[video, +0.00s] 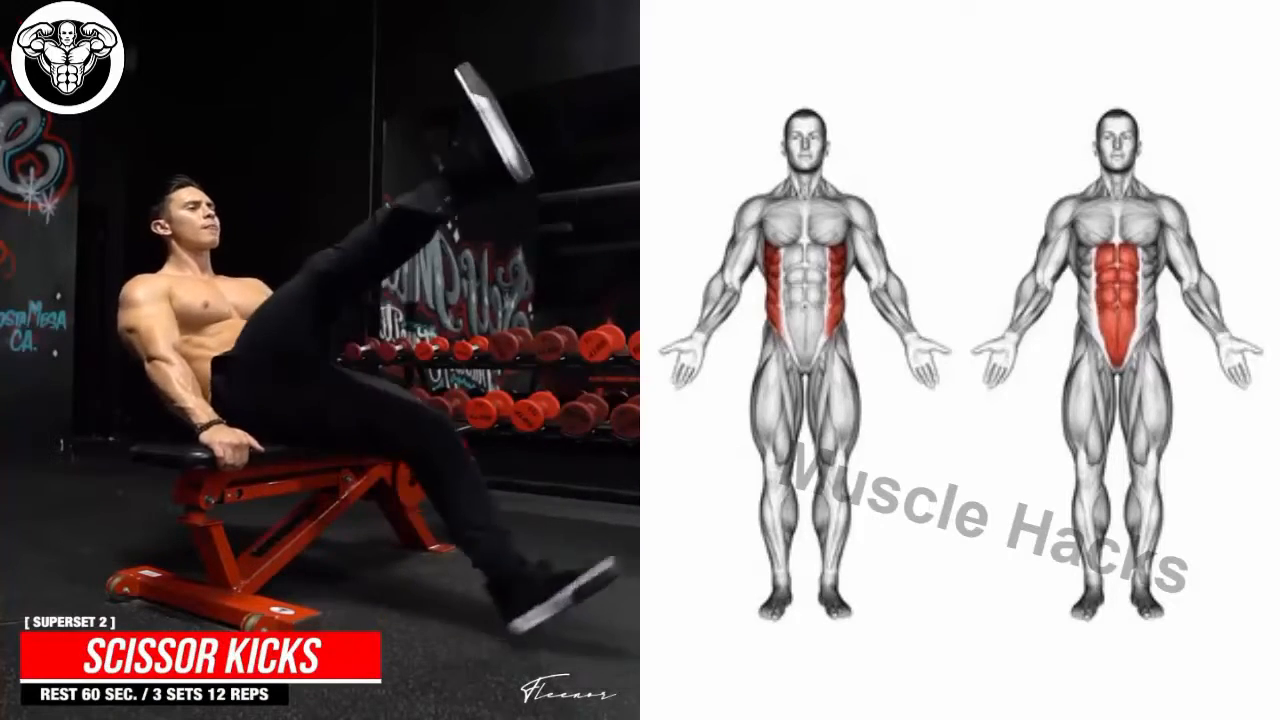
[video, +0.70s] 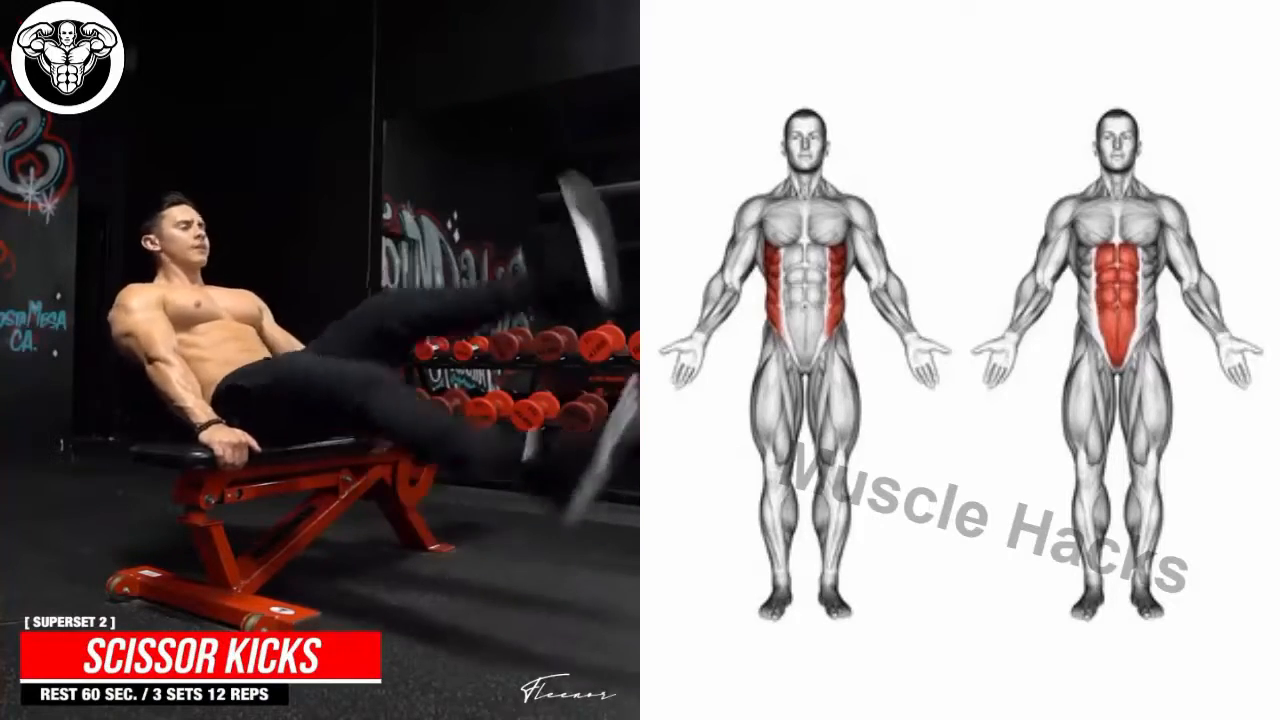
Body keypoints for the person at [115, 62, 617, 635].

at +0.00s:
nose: (208, 214)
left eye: (210, 207)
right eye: (192, 208)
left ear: (214, 224)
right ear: (162, 227)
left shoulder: (251, 285)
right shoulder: (145, 289)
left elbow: (303, 329)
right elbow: (163, 361)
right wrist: (208, 425)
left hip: (303, 391)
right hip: (244, 384)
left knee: (432, 433)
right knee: (326, 273)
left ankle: (516, 587)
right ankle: (457, 180)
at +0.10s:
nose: (208, 215)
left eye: (207, 208)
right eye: (192, 209)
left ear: (209, 225)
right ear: (161, 227)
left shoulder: (252, 291)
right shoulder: (143, 290)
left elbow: (303, 345)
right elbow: (165, 362)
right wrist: (208, 426)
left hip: (302, 397)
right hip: (242, 394)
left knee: (418, 405)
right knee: (329, 296)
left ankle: (551, 531)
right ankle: (497, 228)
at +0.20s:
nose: (204, 220)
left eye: (205, 212)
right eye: (188, 213)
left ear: (209, 229)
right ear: (159, 232)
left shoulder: (252, 291)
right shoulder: (142, 293)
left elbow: (298, 360)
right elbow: (166, 360)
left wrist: (360, 416)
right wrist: (208, 423)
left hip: (298, 399)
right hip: (241, 398)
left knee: (425, 372)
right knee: (344, 319)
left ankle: (586, 427)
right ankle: (536, 335)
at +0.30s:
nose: (202, 219)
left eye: (201, 212)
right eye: (186, 214)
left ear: (207, 227)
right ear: (158, 235)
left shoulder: (249, 292)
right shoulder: (143, 293)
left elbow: (308, 356)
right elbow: (169, 362)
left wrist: (358, 416)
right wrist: (210, 425)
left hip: (303, 386)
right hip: (243, 399)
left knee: (406, 322)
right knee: (359, 357)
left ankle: (548, 312)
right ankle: (531, 450)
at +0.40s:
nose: (203, 221)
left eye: (204, 215)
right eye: (187, 215)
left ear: (206, 235)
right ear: (156, 236)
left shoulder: (249, 293)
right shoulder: (143, 296)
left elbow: (307, 354)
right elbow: (166, 361)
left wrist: (361, 393)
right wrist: (209, 426)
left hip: (300, 376)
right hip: (246, 389)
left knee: (393, 295)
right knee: (375, 412)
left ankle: (537, 214)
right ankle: (514, 550)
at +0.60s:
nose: (202, 226)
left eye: (202, 219)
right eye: (186, 220)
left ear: (203, 237)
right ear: (156, 239)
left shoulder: (246, 297)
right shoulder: (142, 294)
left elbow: (302, 356)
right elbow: (163, 359)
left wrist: (359, 399)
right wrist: (208, 425)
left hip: (297, 373)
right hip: (246, 387)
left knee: (373, 291)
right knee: (368, 419)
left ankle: (520, 214)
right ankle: (501, 561)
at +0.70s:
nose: (200, 235)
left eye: (200, 226)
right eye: (185, 228)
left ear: (202, 238)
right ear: (154, 244)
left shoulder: (241, 299)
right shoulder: (137, 299)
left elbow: (298, 353)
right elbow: (162, 362)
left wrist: (369, 388)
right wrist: (207, 424)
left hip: (294, 377)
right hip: (239, 395)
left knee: (382, 312)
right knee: (368, 383)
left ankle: (539, 285)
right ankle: (534, 461)